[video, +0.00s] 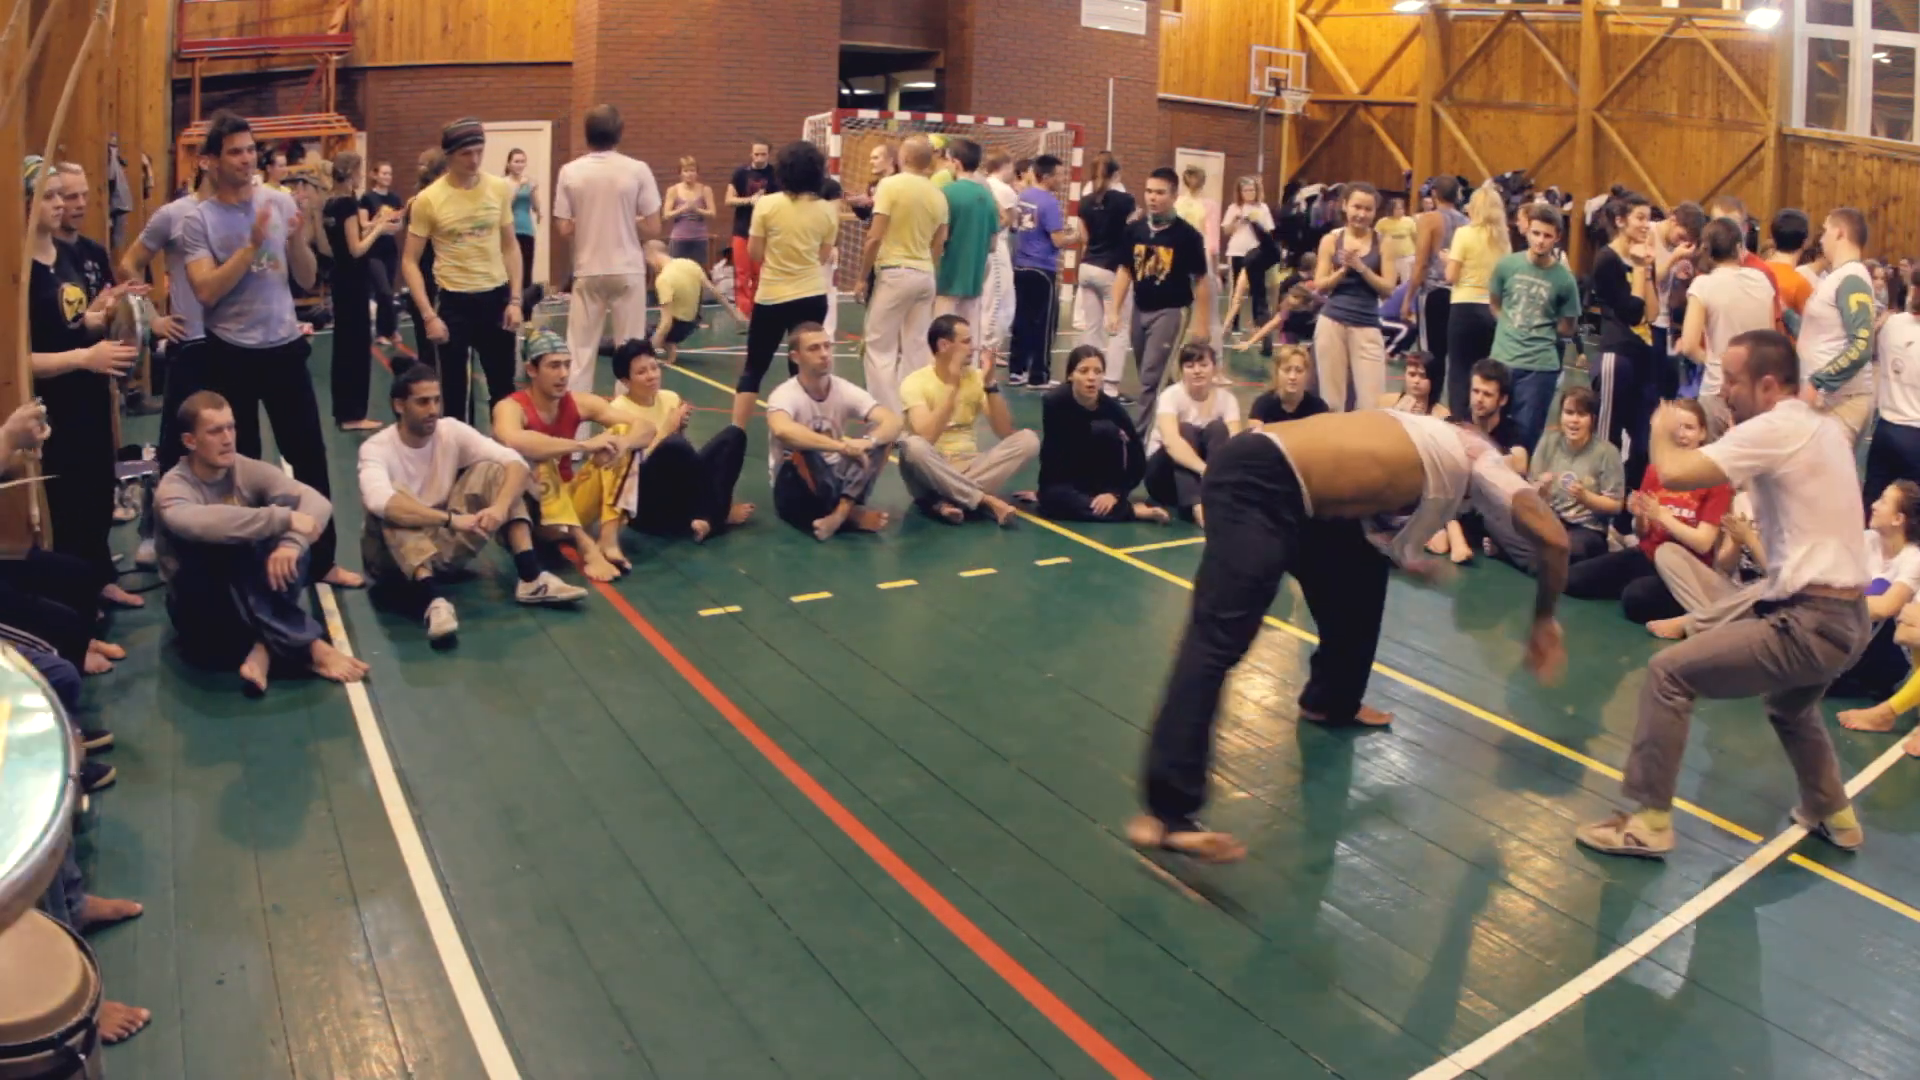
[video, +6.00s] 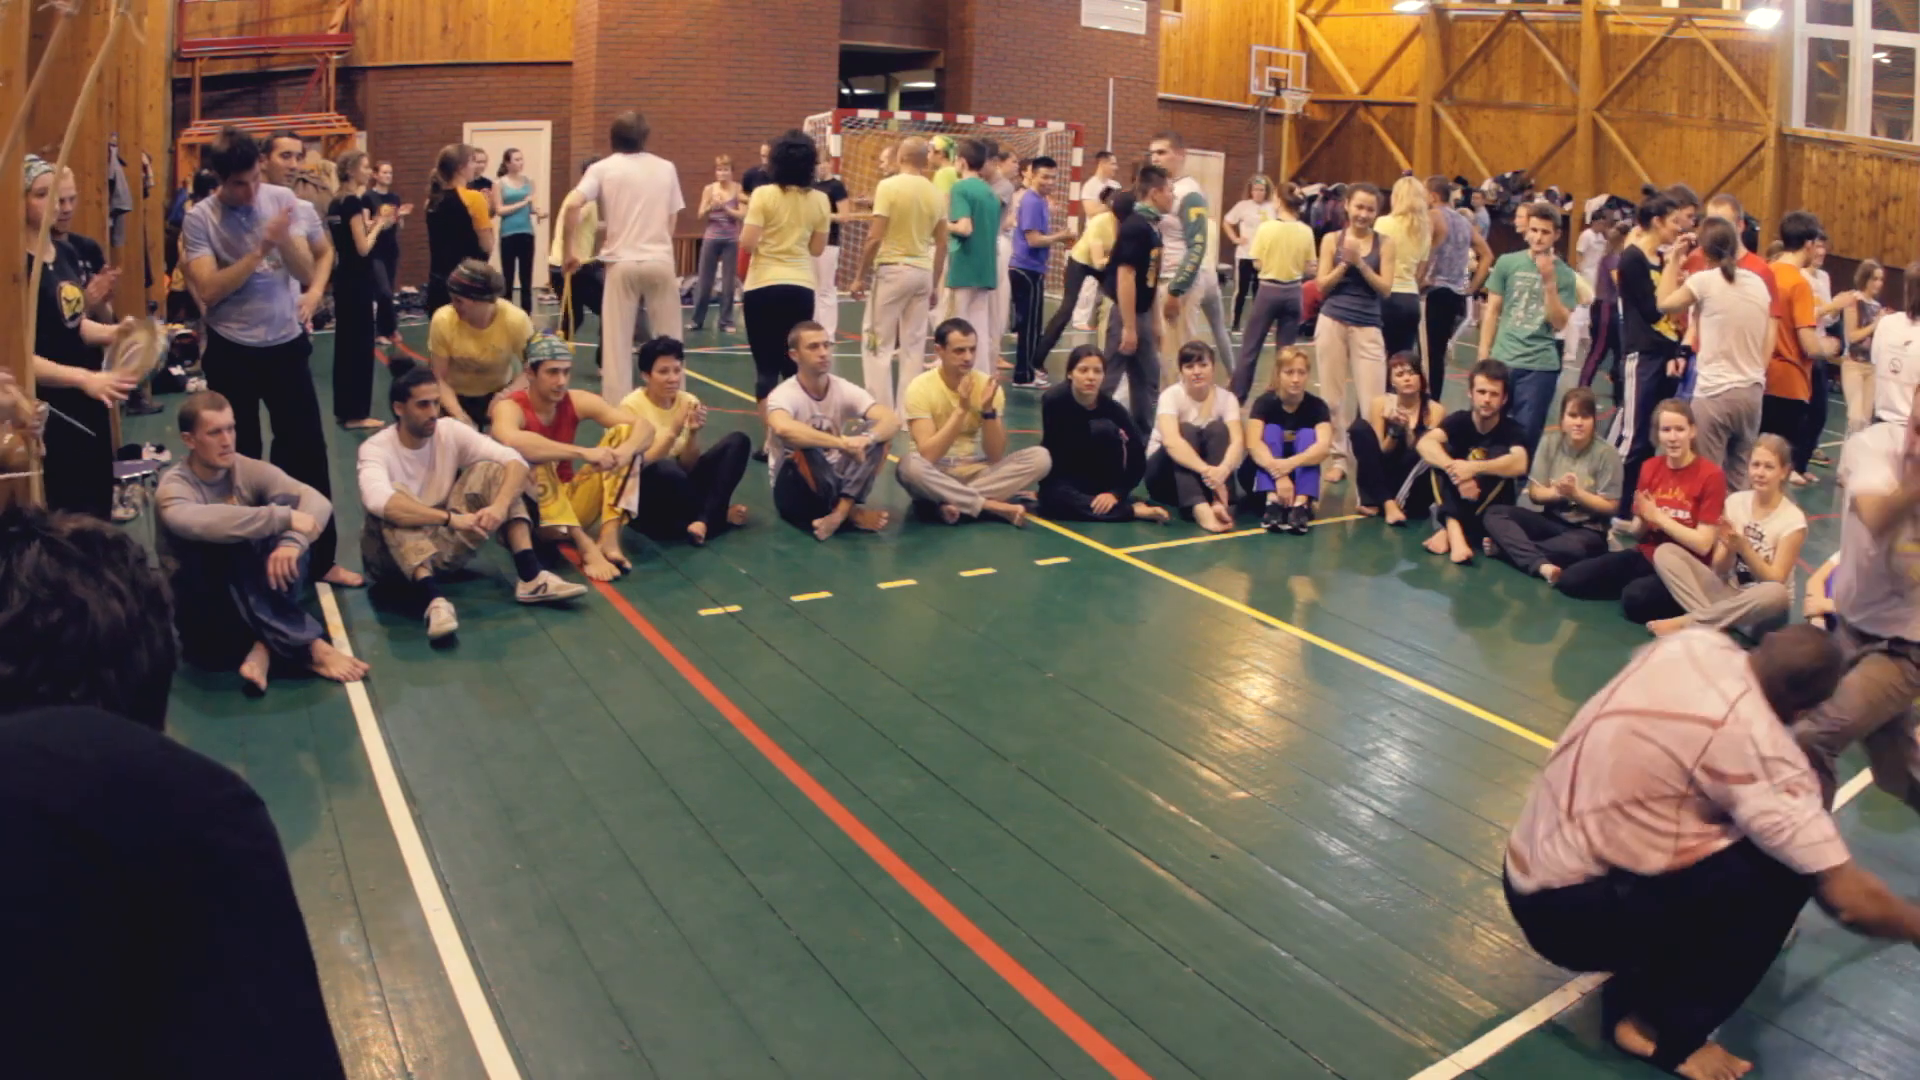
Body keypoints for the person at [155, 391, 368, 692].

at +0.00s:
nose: (228, 439)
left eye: (231, 428)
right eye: (215, 432)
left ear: (237, 429)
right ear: (189, 441)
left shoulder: (245, 469)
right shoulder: (174, 487)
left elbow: (316, 502)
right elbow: (193, 523)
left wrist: (292, 544)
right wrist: (284, 518)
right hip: (209, 620)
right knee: (212, 545)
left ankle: (266, 646)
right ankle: (310, 645)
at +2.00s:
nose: (228, 439)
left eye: (231, 428)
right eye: (216, 432)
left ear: (237, 429)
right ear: (189, 440)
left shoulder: (246, 469)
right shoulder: (174, 487)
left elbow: (317, 502)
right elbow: (192, 523)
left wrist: (292, 544)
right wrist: (283, 518)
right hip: (208, 612)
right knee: (212, 546)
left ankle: (264, 646)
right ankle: (310, 645)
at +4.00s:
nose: (227, 439)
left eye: (230, 429)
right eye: (215, 432)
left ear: (236, 429)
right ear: (189, 440)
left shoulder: (248, 469)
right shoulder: (174, 488)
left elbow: (316, 501)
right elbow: (193, 523)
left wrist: (292, 543)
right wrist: (283, 517)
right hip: (211, 613)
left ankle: (264, 646)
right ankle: (310, 645)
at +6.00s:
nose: (227, 441)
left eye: (230, 430)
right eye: (215, 433)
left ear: (236, 429)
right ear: (189, 440)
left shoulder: (248, 469)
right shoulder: (174, 487)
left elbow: (317, 501)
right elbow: (193, 523)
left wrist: (292, 543)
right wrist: (284, 517)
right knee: (219, 542)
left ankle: (266, 644)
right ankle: (310, 644)